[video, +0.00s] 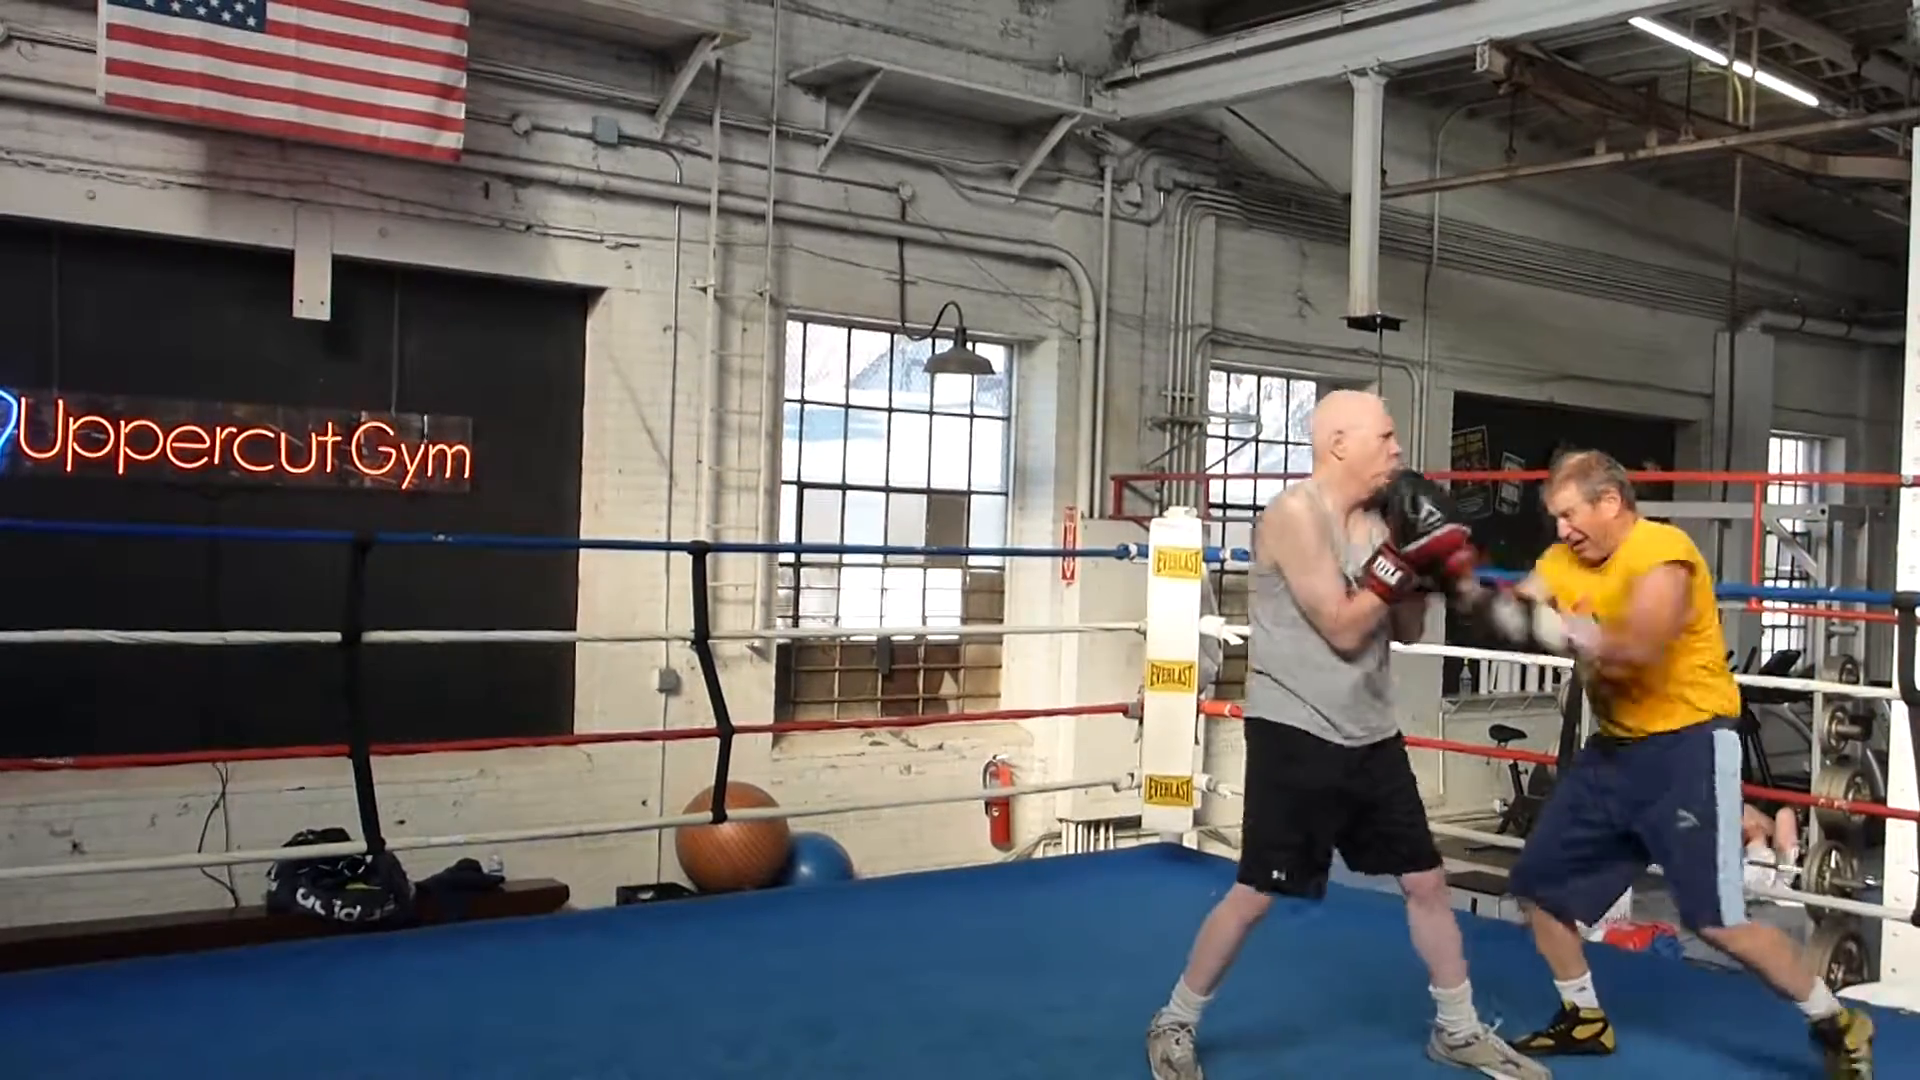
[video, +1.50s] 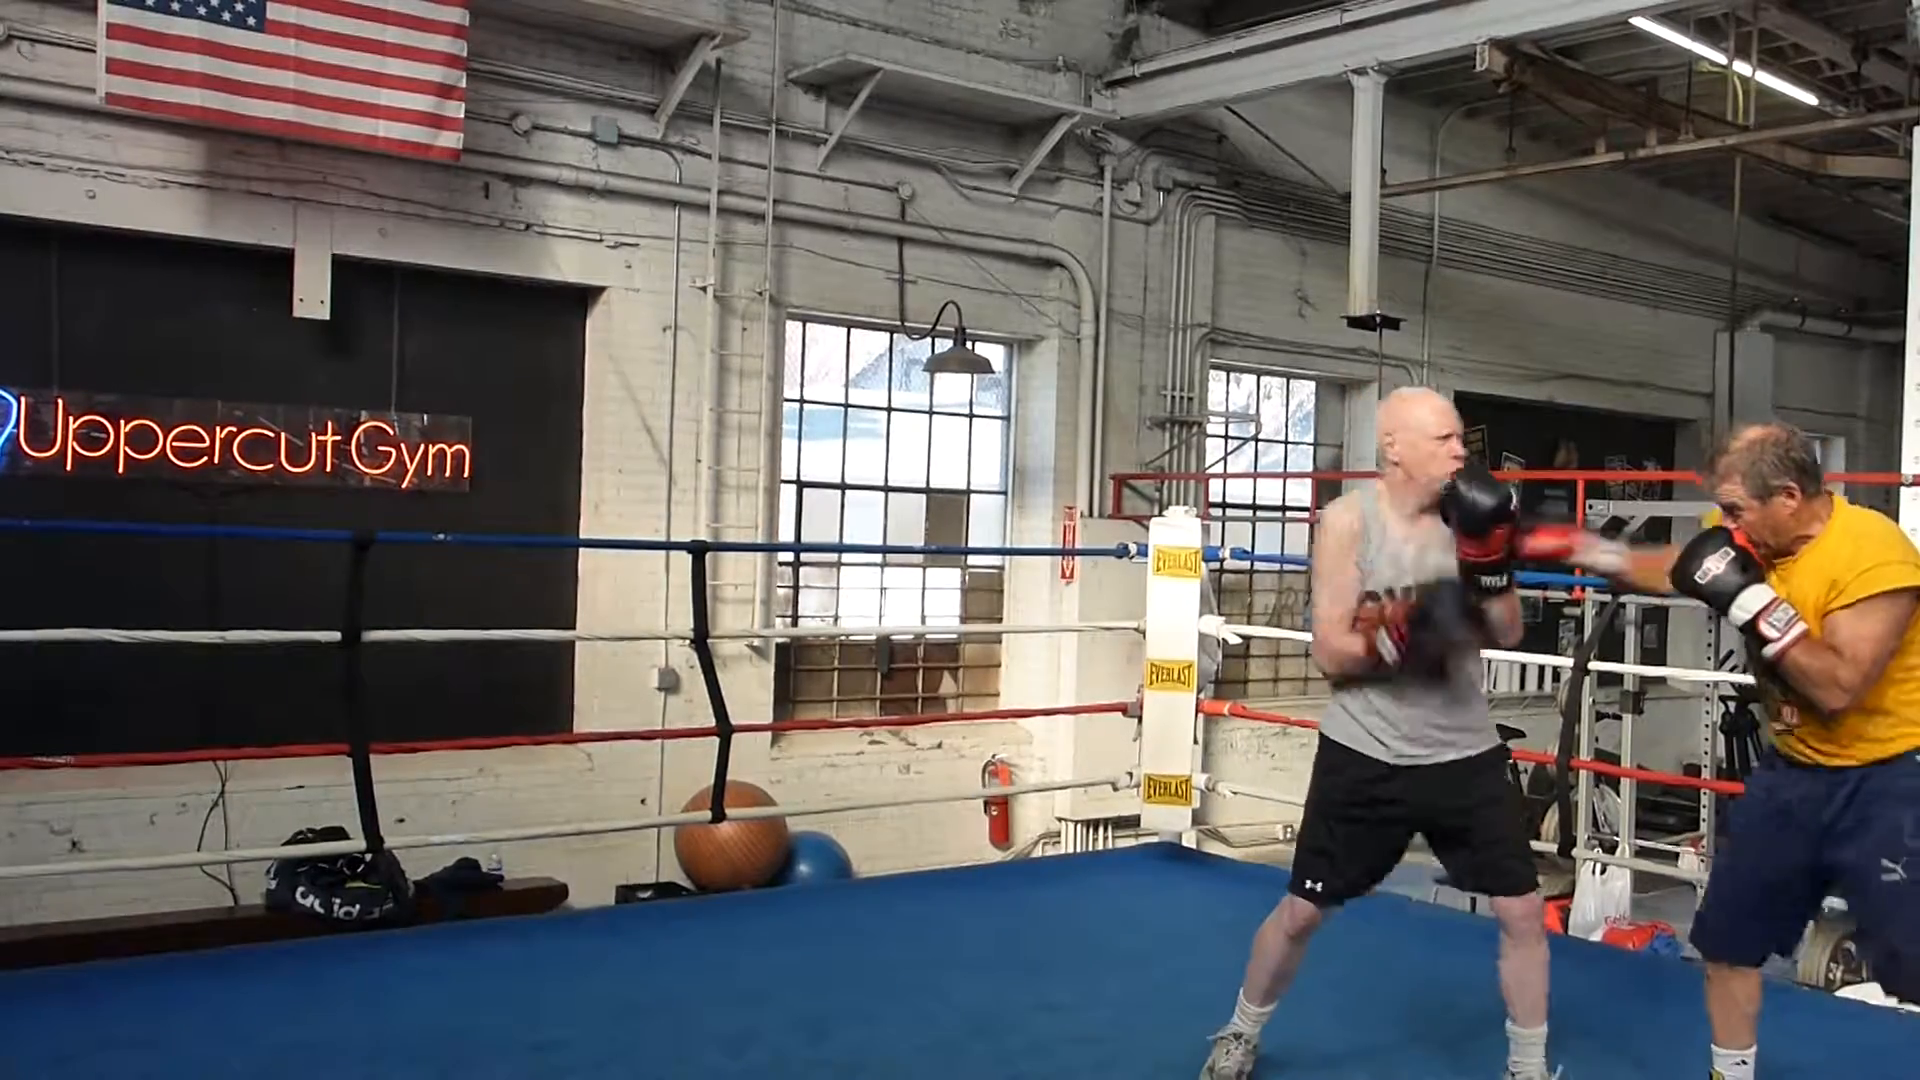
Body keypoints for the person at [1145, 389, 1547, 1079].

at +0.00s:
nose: (1399, 451)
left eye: (1397, 439)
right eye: (1386, 438)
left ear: (1347, 445)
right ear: (1338, 444)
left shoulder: (1375, 522)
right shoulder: (1293, 512)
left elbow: (1406, 630)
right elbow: (1345, 631)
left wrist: (1423, 560)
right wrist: (1402, 560)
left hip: (1371, 735)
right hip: (1293, 733)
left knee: (1426, 879)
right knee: (1257, 891)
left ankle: (1458, 1028)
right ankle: (1176, 1021)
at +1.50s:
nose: (1459, 451)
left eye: (1460, 438)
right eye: (1443, 440)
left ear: (1461, 443)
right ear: (1394, 449)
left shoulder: (1471, 518)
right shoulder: (1346, 521)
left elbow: (1508, 633)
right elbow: (1332, 653)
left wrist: (1492, 558)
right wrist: (1391, 640)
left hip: (1466, 755)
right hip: (1363, 754)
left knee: (1523, 910)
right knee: (1304, 910)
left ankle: (1530, 1071)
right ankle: (1240, 1039)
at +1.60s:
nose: (1512, 460)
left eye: (1510, 446)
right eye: (1497, 446)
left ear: (1480, 456)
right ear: (1444, 455)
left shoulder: (1501, 523)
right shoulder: (1394, 524)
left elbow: (1528, 643)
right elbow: (1407, 667)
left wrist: (1502, 597)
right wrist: (1500, 665)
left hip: (1478, 758)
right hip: (1386, 759)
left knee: (1541, 909)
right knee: (1319, 919)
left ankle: (1527, 1071)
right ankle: (1241, 1039)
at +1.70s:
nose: (1567, 462)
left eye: (1564, 447)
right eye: (1552, 448)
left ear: (1502, 460)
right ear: (1501, 457)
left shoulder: (1482, 519)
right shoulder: (1485, 527)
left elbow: (1507, 639)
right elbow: (1586, 646)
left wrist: (1565, 573)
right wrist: (1682, 630)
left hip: (1488, 765)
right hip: (1412, 764)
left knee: (1549, 905)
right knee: (1334, 915)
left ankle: (1528, 1071)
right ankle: (1234, 1027)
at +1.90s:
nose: (1659, 464)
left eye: (1655, 449)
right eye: (1644, 451)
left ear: (1583, 460)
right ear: (1590, 459)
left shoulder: (1529, 502)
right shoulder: (1597, 530)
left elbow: (1544, 623)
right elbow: (1673, 673)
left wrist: (1618, 608)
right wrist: (1765, 705)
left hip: (1514, 757)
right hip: (1451, 749)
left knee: (1552, 911)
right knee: (1372, 916)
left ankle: (1525, 1070)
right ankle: (1215, 1017)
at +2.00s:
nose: (1689, 465)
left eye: (1686, 450)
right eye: (1674, 451)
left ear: (1615, 455)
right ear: (1616, 454)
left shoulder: (1573, 504)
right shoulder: (1592, 521)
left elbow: (1570, 647)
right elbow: (1575, 674)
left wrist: (1637, 594)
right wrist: (1662, 726)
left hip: (1528, 751)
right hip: (1461, 734)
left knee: (1555, 915)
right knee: (1392, 913)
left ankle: (1526, 1071)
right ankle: (1261, 1062)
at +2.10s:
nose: (1687, 462)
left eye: (1687, 447)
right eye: (1673, 444)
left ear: (1623, 448)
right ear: (1613, 443)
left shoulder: (1623, 535)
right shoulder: (1554, 505)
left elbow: (1605, 667)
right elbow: (1484, 636)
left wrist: (1647, 599)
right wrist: (1577, 696)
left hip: (1545, 743)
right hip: (1467, 728)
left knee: (1563, 927)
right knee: (1420, 919)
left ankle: (1528, 1071)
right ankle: (1340, 1072)